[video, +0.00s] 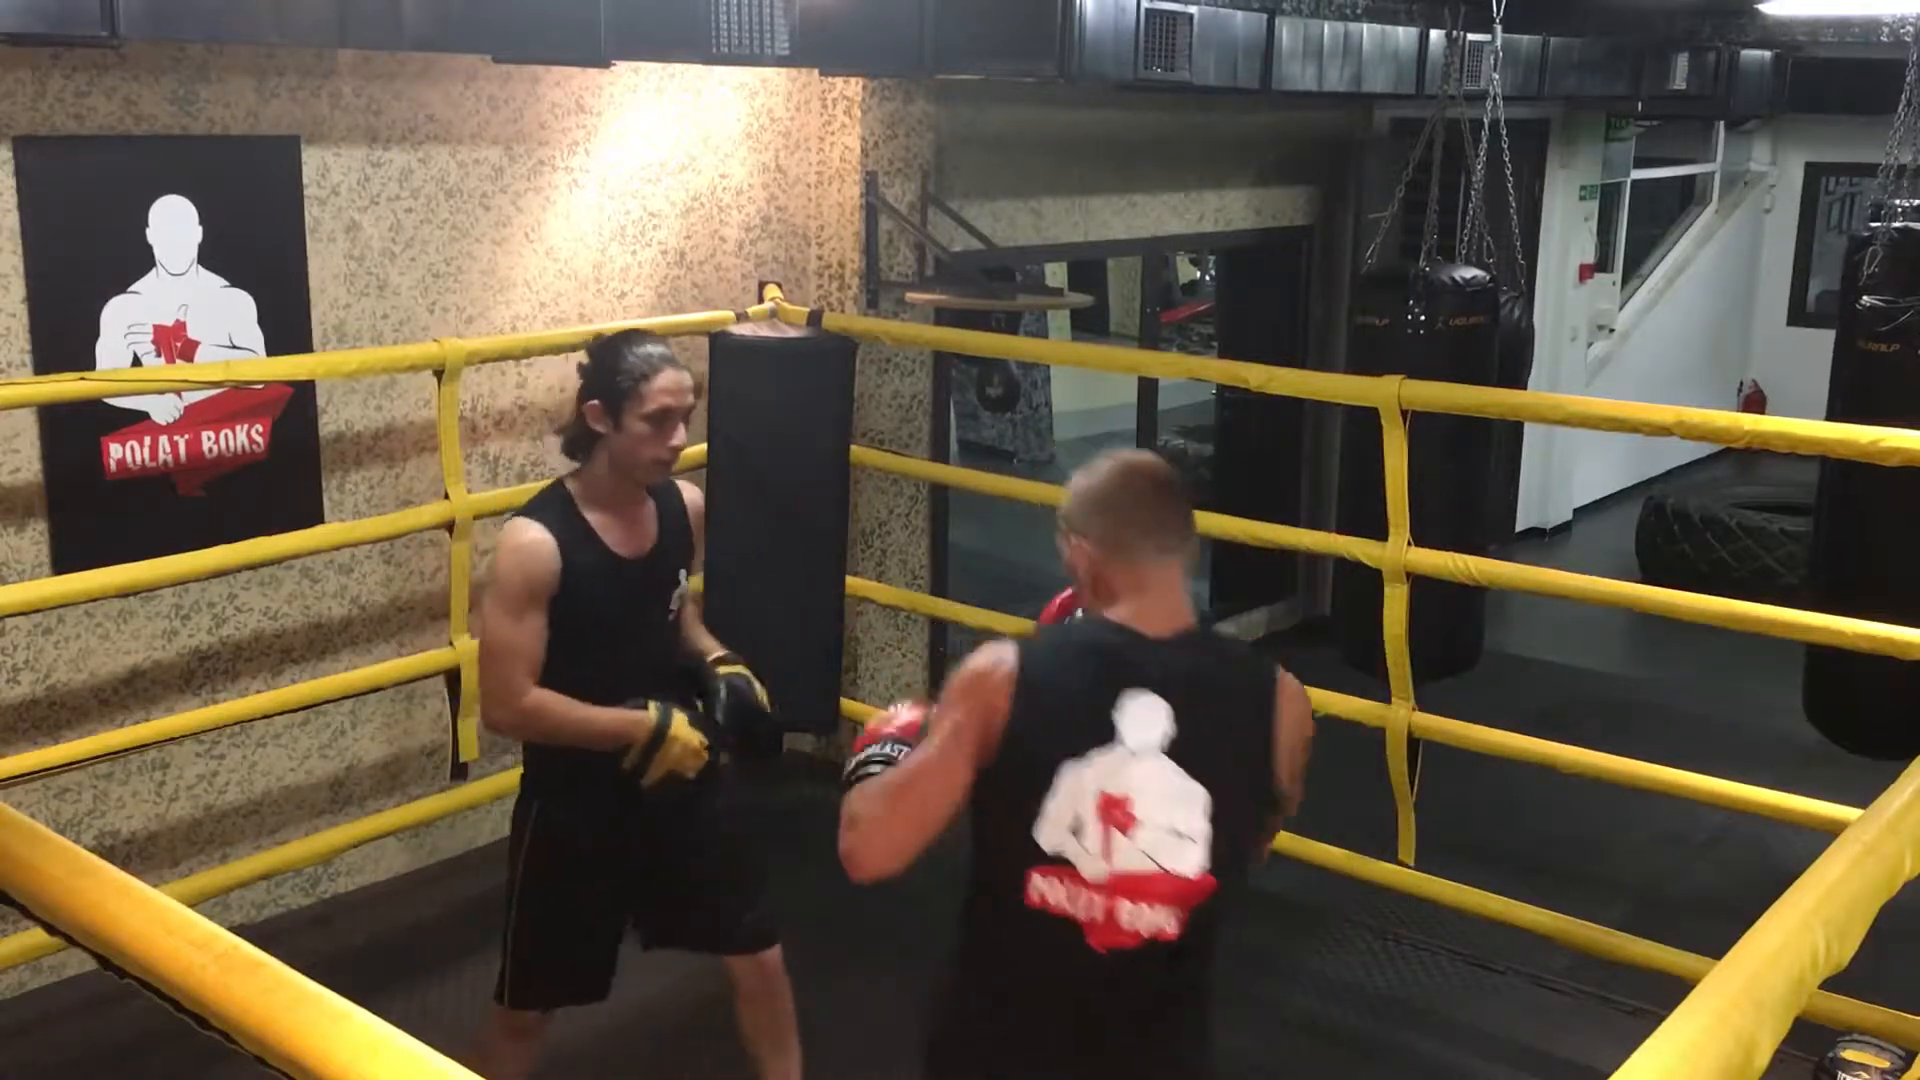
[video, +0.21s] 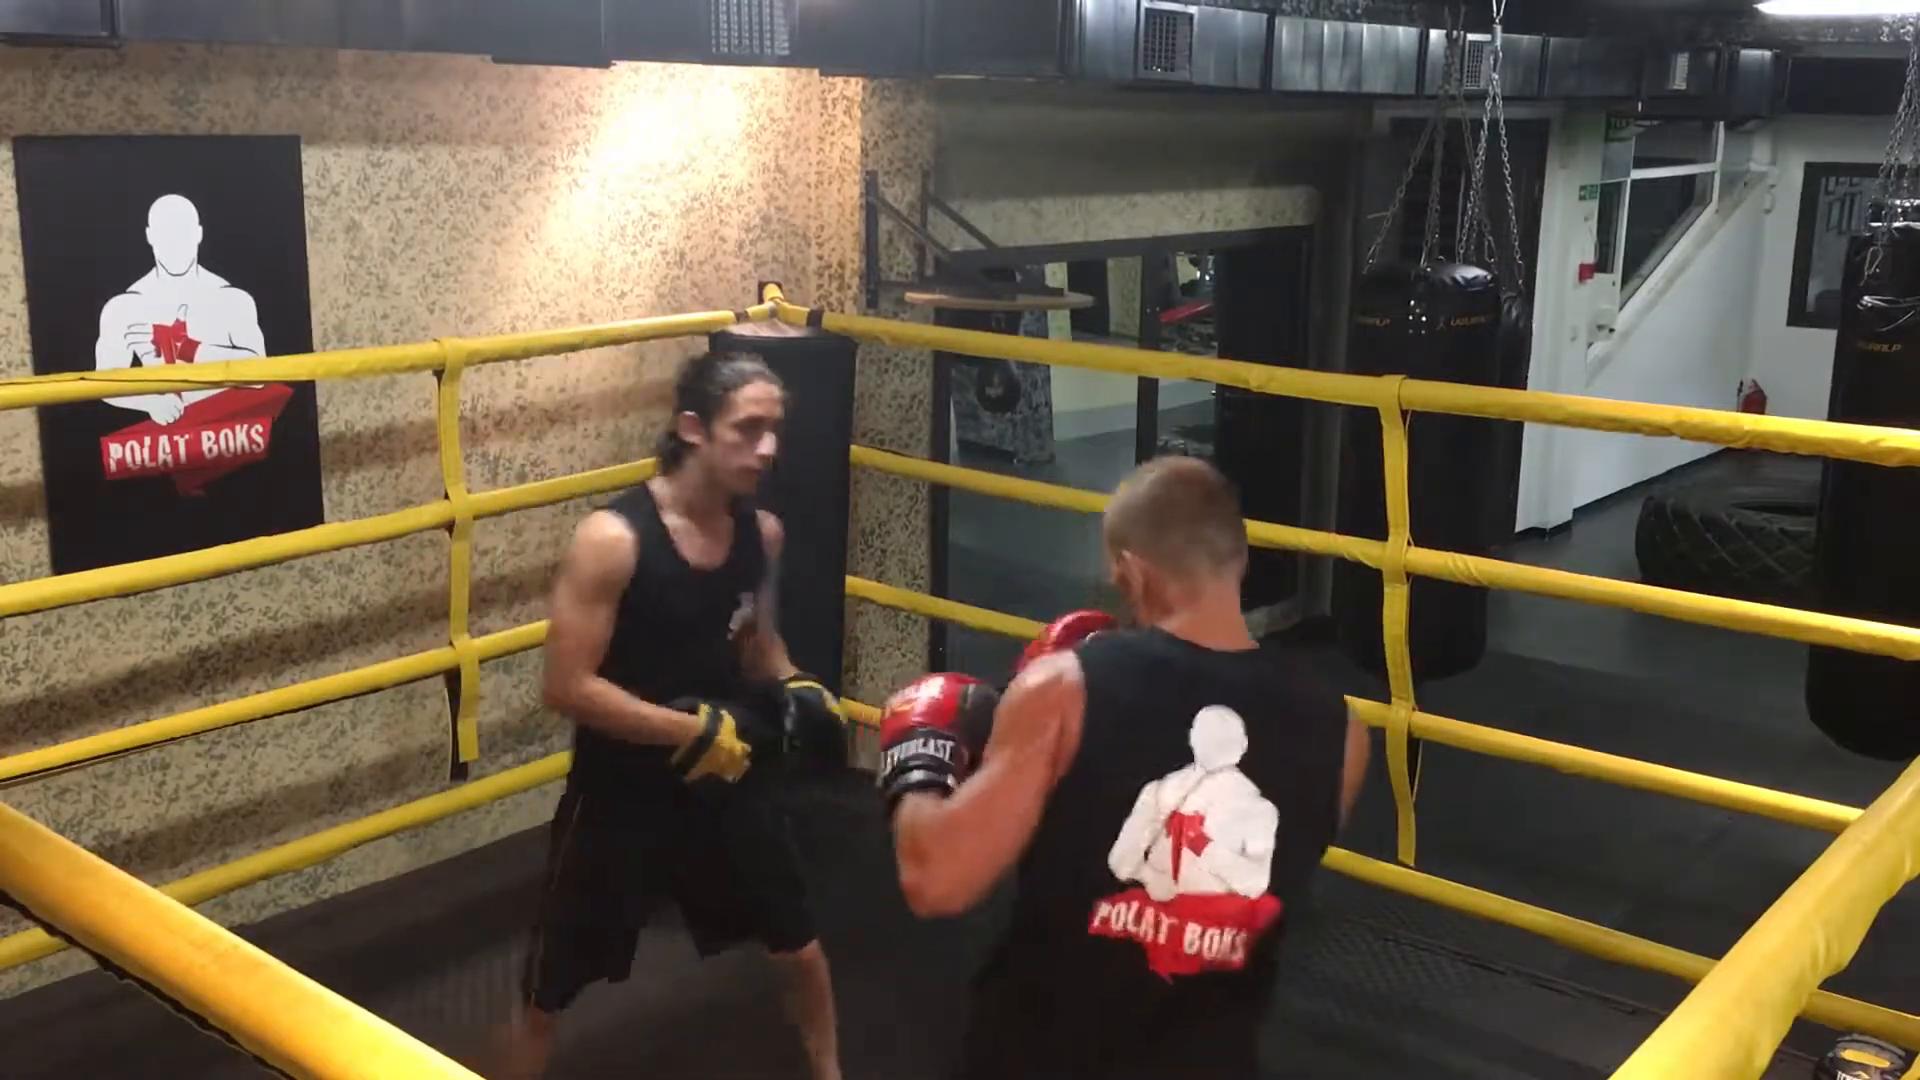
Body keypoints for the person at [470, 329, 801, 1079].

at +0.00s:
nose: (678, 439)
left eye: (683, 419)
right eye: (659, 422)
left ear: (689, 417)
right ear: (599, 419)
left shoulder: (681, 507)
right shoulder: (533, 545)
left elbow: (682, 617)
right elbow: (505, 704)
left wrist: (721, 665)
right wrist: (647, 725)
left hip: (683, 780)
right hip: (573, 800)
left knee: (761, 958)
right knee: (524, 1011)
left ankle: (786, 1074)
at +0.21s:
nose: (768, 450)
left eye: (775, 431)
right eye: (750, 430)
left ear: (780, 435)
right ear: (693, 429)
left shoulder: (760, 533)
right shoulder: (611, 539)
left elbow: (755, 634)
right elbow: (565, 686)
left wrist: (790, 684)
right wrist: (693, 730)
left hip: (726, 784)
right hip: (617, 793)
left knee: (802, 953)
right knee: (543, 1003)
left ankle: (828, 1071)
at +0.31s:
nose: (829, 444)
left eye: (837, 427)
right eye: (811, 425)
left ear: (841, 432)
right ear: (755, 422)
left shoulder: (818, 532)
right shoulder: (663, 519)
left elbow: (807, 631)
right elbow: (603, 652)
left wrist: (824, 678)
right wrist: (712, 716)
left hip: (767, 770)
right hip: (656, 770)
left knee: (815, 944)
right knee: (578, 962)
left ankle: (831, 1072)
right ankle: (539, 1073)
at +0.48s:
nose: (871, 427)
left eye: (882, 411)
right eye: (857, 406)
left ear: (887, 419)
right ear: (808, 399)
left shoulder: (872, 517)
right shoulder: (710, 485)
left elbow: (881, 636)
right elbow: (658, 609)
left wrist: (850, 682)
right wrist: (756, 679)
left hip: (811, 745)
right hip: (707, 739)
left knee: (831, 927)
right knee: (671, 918)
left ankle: (834, 1069)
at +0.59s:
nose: (863, 412)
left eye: (878, 398)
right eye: (849, 392)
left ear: (887, 408)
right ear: (807, 392)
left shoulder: (887, 506)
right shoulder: (719, 478)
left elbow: (906, 617)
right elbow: (669, 599)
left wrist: (871, 654)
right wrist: (756, 655)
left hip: (830, 730)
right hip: (730, 726)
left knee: (840, 922)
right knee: (735, 898)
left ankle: (836, 1071)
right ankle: (805, 1012)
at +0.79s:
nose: (824, 405)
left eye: (839, 389)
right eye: (809, 386)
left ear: (854, 400)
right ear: (775, 390)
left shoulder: (872, 484)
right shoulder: (722, 493)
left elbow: (912, 561)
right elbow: (709, 623)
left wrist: (941, 558)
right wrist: (777, 627)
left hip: (871, 716)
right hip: (780, 720)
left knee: (878, 882)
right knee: (812, 876)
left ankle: (882, 1042)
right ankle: (842, 1016)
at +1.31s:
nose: (868, 404)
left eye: (884, 387)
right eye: (851, 388)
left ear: (908, 399)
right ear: (828, 401)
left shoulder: (941, 484)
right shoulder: (791, 498)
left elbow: (1001, 570)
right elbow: (777, 642)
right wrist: (835, 597)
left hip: (934, 728)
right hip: (831, 730)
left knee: (932, 889)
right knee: (822, 893)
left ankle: (929, 1041)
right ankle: (837, 1029)